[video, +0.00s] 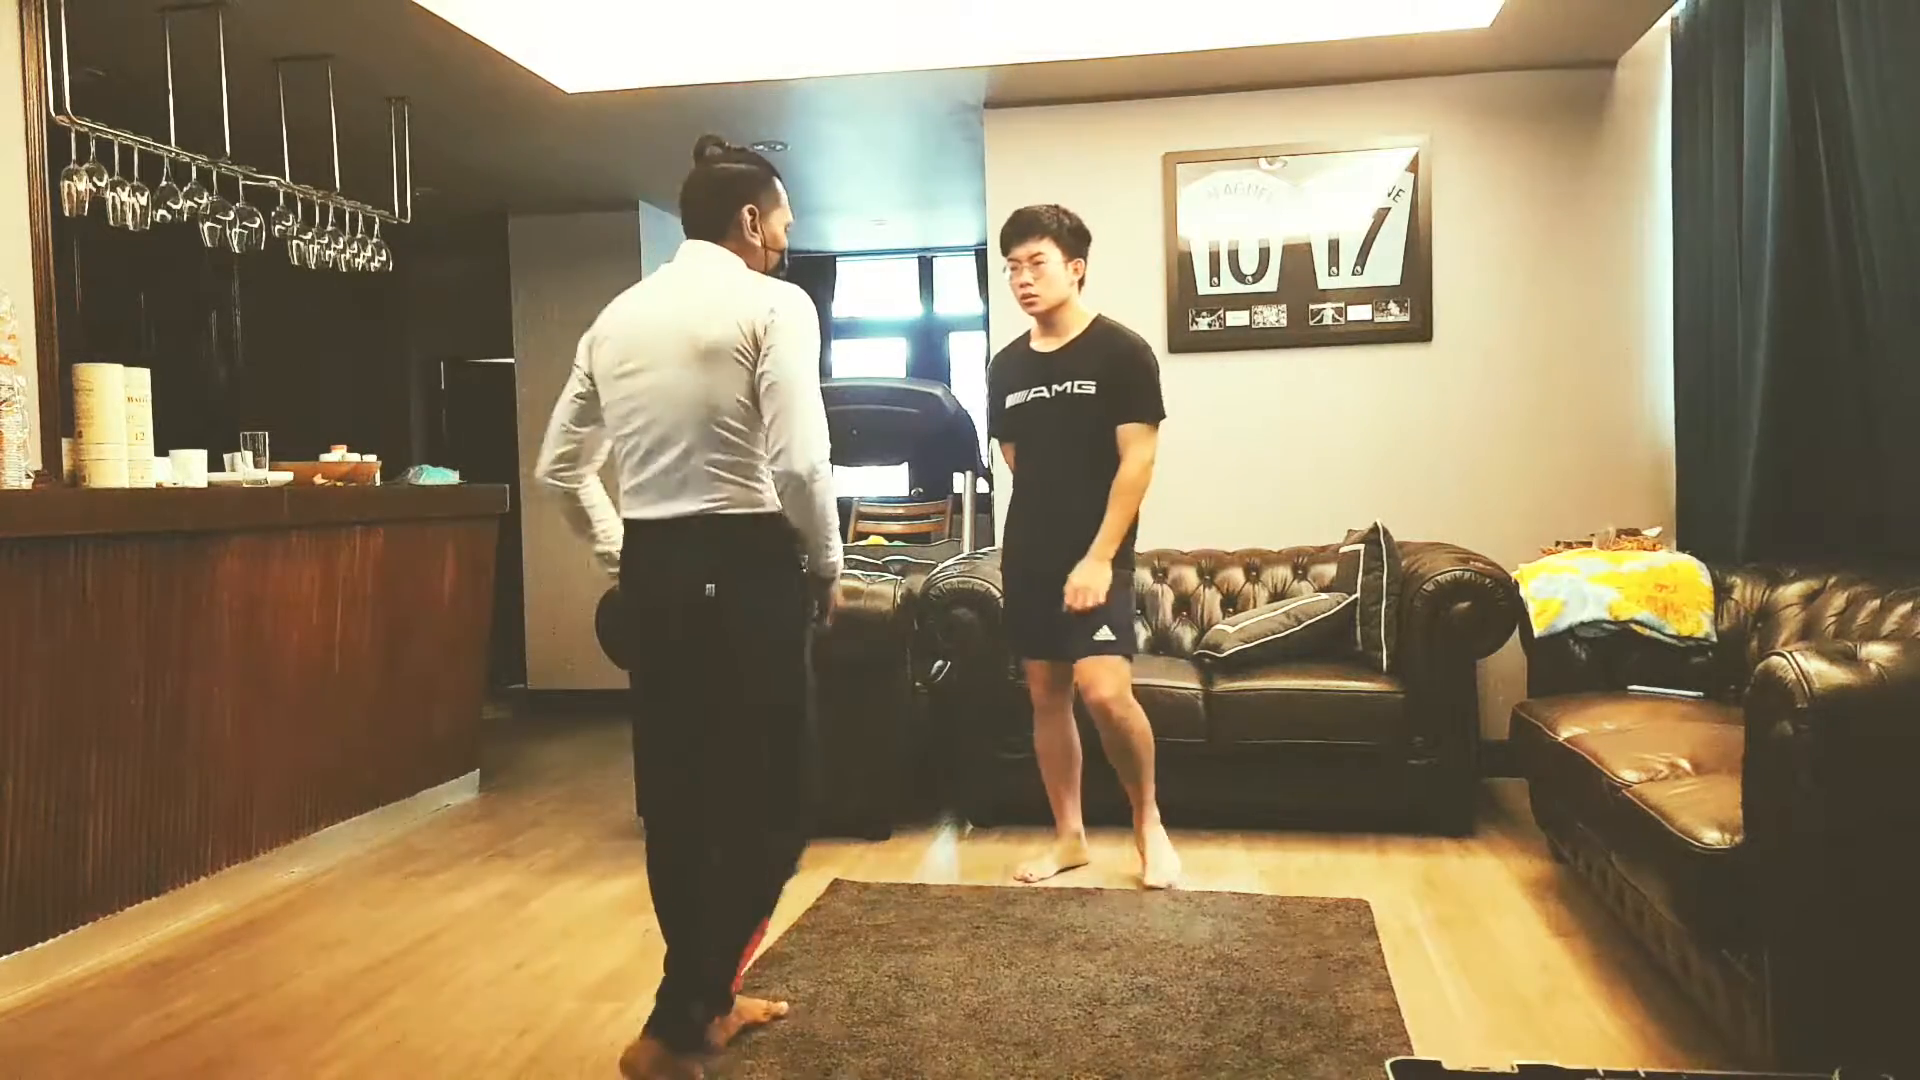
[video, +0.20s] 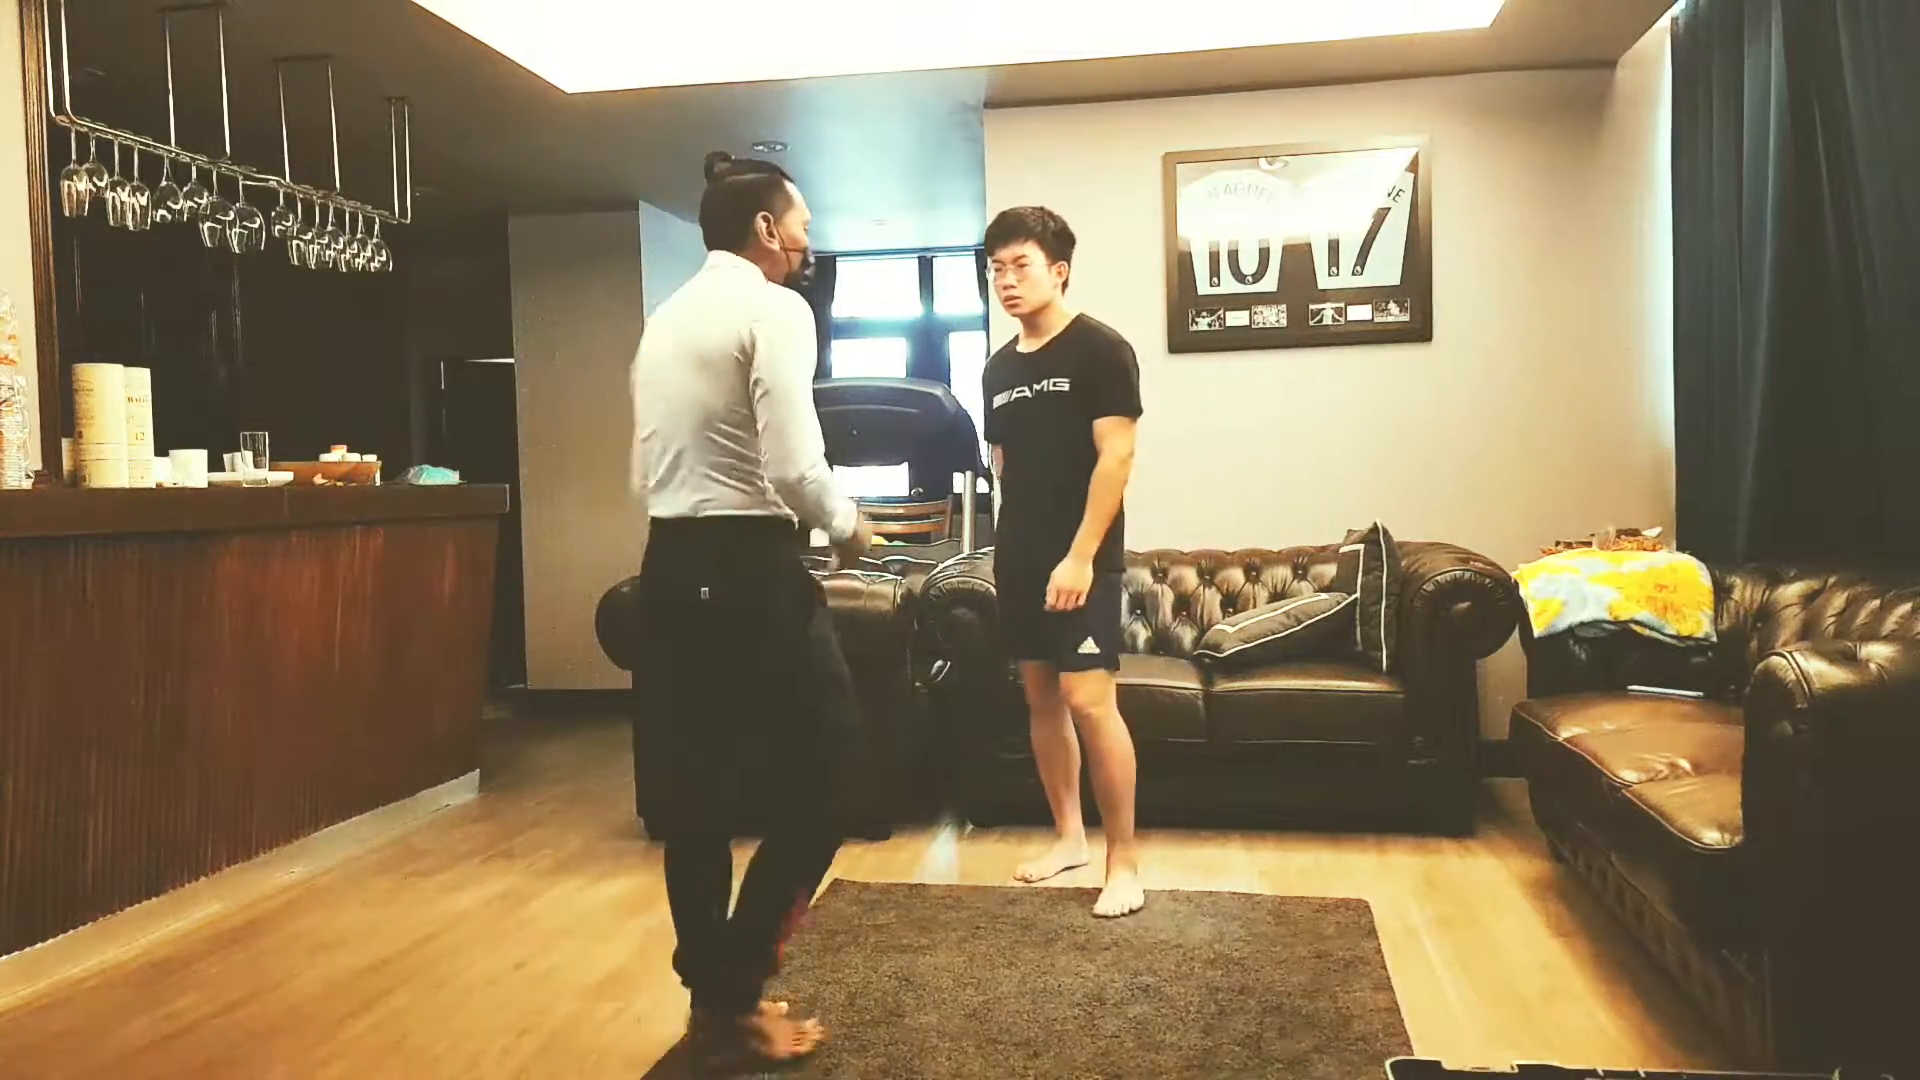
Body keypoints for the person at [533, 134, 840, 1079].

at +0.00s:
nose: (787, 239)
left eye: (786, 221)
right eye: (782, 222)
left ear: (698, 224)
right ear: (751, 220)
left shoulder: (615, 317)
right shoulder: (774, 303)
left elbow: (562, 462)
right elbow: (800, 462)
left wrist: (622, 553)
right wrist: (827, 565)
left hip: (650, 573)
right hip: (750, 569)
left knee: (672, 790)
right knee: (769, 807)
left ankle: (708, 994)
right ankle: (669, 1034)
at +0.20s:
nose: (804, 244)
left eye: (802, 227)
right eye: (798, 227)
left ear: (723, 229)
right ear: (764, 227)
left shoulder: (664, 315)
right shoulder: (774, 310)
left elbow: (652, 462)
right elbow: (794, 465)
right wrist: (847, 523)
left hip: (671, 563)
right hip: (754, 564)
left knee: (692, 789)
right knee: (823, 780)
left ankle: (716, 996)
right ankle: (735, 990)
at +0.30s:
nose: (813, 249)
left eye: (813, 233)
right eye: (808, 232)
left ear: (743, 229)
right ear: (775, 227)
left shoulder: (695, 308)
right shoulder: (766, 311)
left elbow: (725, 465)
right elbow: (789, 460)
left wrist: (821, 510)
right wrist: (860, 442)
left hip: (703, 560)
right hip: (755, 564)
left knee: (731, 779)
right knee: (787, 784)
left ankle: (727, 988)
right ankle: (739, 1006)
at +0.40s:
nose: (830, 245)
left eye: (827, 229)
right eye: (823, 229)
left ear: (762, 232)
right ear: (792, 230)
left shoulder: (719, 308)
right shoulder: (763, 314)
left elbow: (758, 454)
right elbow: (808, 459)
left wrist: (851, 445)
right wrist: (864, 377)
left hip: (727, 551)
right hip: (762, 555)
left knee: (767, 770)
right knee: (782, 775)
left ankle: (740, 965)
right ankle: (740, 1009)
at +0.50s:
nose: (845, 243)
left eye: (841, 229)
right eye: (837, 228)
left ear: (784, 236)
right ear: (804, 233)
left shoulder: (756, 312)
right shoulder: (763, 317)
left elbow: (796, 450)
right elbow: (820, 450)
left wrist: (878, 432)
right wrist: (861, 355)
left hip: (762, 551)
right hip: (764, 555)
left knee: (783, 772)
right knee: (779, 777)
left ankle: (749, 965)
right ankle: (736, 1015)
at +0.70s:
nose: (865, 260)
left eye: (861, 244)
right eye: (859, 245)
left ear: (805, 251)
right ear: (830, 251)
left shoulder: (797, 334)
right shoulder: (762, 334)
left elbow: (824, 424)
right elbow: (786, 448)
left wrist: (876, 390)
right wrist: (867, 391)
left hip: (800, 553)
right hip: (778, 559)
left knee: (806, 741)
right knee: (788, 771)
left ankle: (781, 889)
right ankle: (736, 1010)